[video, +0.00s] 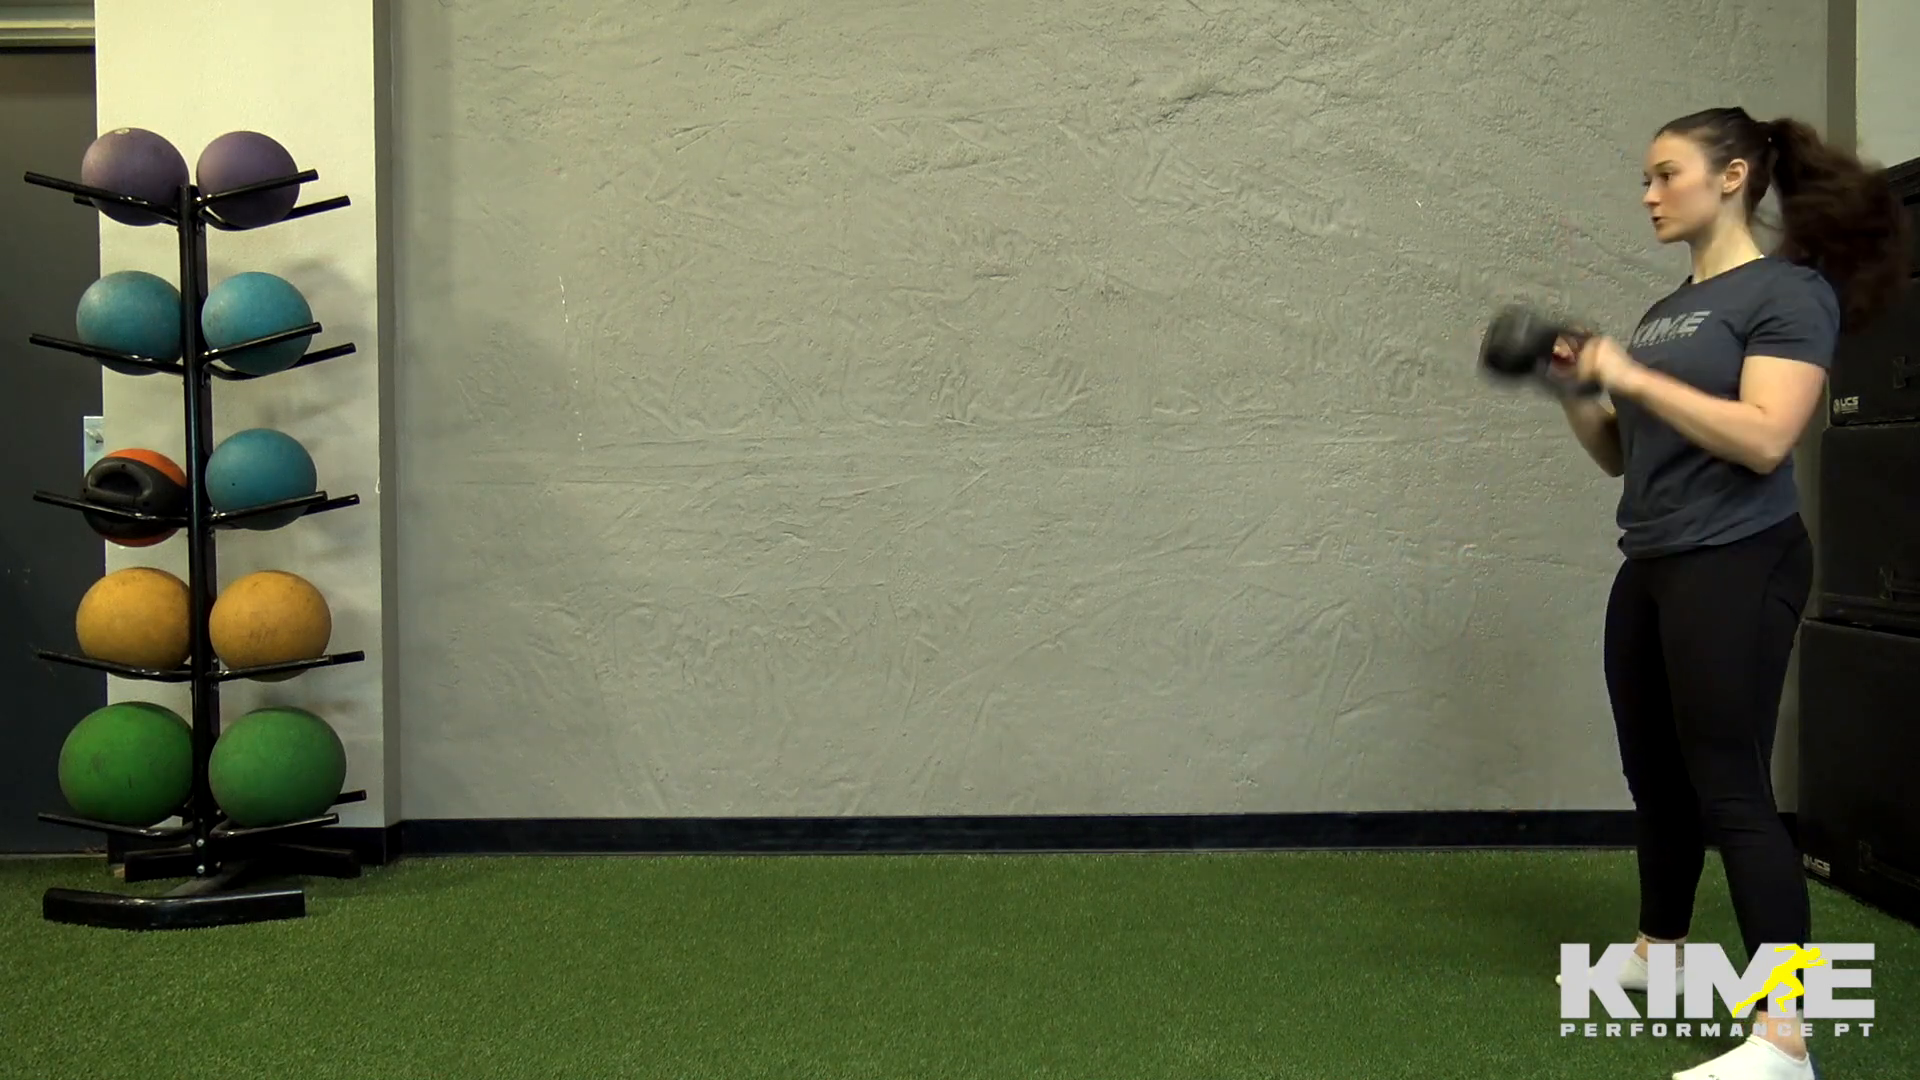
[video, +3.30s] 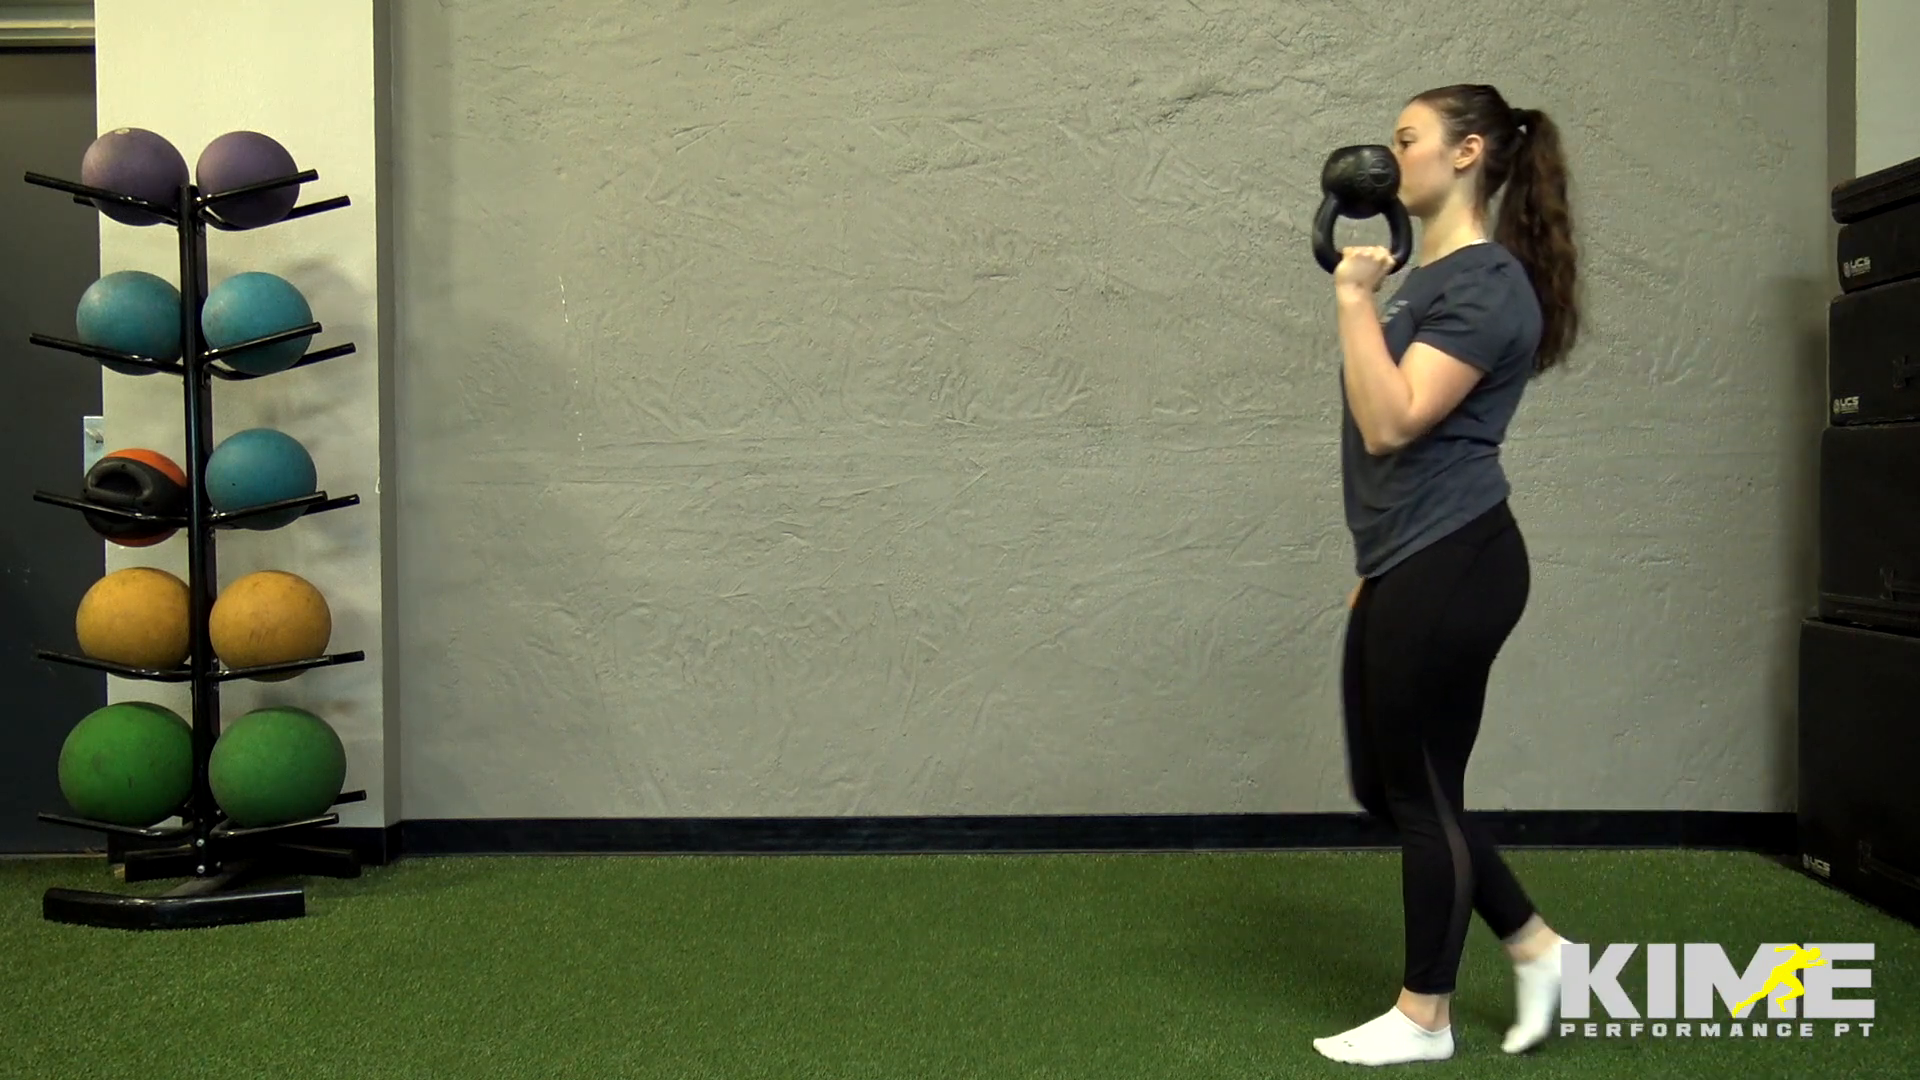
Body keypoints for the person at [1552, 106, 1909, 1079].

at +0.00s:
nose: (1649, 197)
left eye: (1666, 176)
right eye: (1648, 180)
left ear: (1734, 177)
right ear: (1709, 184)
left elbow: (1766, 437)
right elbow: (1625, 456)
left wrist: (1627, 372)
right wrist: (1579, 395)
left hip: (1739, 564)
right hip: (1650, 569)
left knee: (1733, 789)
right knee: (1658, 784)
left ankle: (1787, 1029)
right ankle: (1655, 968)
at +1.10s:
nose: (1651, 161)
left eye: (1672, 143)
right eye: (1652, 145)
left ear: (1734, 153)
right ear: (1711, 156)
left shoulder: (1762, 286)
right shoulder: (1678, 279)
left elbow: (1668, 418)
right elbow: (1651, 444)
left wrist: (1639, 292)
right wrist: (1592, 540)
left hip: (1730, 561)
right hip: (1653, 567)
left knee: (1733, 792)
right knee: (1663, 781)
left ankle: (1783, 1036)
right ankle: (1652, 964)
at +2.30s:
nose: (1580, 157)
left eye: (1597, 140)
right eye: (1581, 141)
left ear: (1662, 147)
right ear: (1644, 149)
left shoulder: (1685, 280)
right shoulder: (1601, 271)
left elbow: (1592, 422)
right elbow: (1585, 442)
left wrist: (1554, 297)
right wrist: (1545, 554)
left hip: (1653, 562)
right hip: (1583, 569)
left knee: (1624, 795)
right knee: (1594, 792)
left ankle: (1763, 996)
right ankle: (1620, 1006)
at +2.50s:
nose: (1546, 155)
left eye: (1565, 140)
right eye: (1549, 140)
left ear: (1629, 151)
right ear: (1607, 153)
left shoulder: (1655, 283)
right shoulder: (1574, 274)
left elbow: (1558, 431)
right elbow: (1566, 442)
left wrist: (1520, 306)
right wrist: (1526, 553)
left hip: (1620, 560)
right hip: (1571, 564)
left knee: (1519, 783)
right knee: (1593, 793)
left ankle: (1626, 1001)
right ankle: (1623, 1000)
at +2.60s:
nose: (1531, 155)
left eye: (1550, 140)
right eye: (1534, 141)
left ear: (1614, 152)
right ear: (1592, 155)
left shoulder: (1638, 284)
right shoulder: (1563, 280)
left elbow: (1544, 432)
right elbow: (1563, 444)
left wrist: (1507, 306)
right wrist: (1522, 559)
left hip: (1609, 560)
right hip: (1566, 564)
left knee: (1498, 778)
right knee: (1586, 795)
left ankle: (1542, 1009)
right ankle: (1616, 1005)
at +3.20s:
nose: (1407, 159)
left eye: (1425, 143)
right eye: (1409, 144)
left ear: (1486, 154)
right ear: (1468, 157)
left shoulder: (1508, 285)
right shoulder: (1441, 275)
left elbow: (1409, 424)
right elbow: (1417, 443)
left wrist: (1372, 302)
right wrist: (1395, 565)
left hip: (1470, 560)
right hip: (1432, 561)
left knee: (1431, 791)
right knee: (1442, 784)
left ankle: (1424, 1014)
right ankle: (1571, 960)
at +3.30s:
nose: (1391, 159)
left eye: (1409, 143)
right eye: (1394, 144)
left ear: (1469, 153)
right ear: (1452, 156)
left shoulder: (1491, 284)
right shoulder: (1422, 274)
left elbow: (1392, 422)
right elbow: (1395, 441)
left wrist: (1354, 299)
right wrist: (1376, 567)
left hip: (1454, 560)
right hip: (1404, 565)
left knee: (1423, 789)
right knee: (1385, 786)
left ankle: (1425, 1014)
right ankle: (1536, 946)